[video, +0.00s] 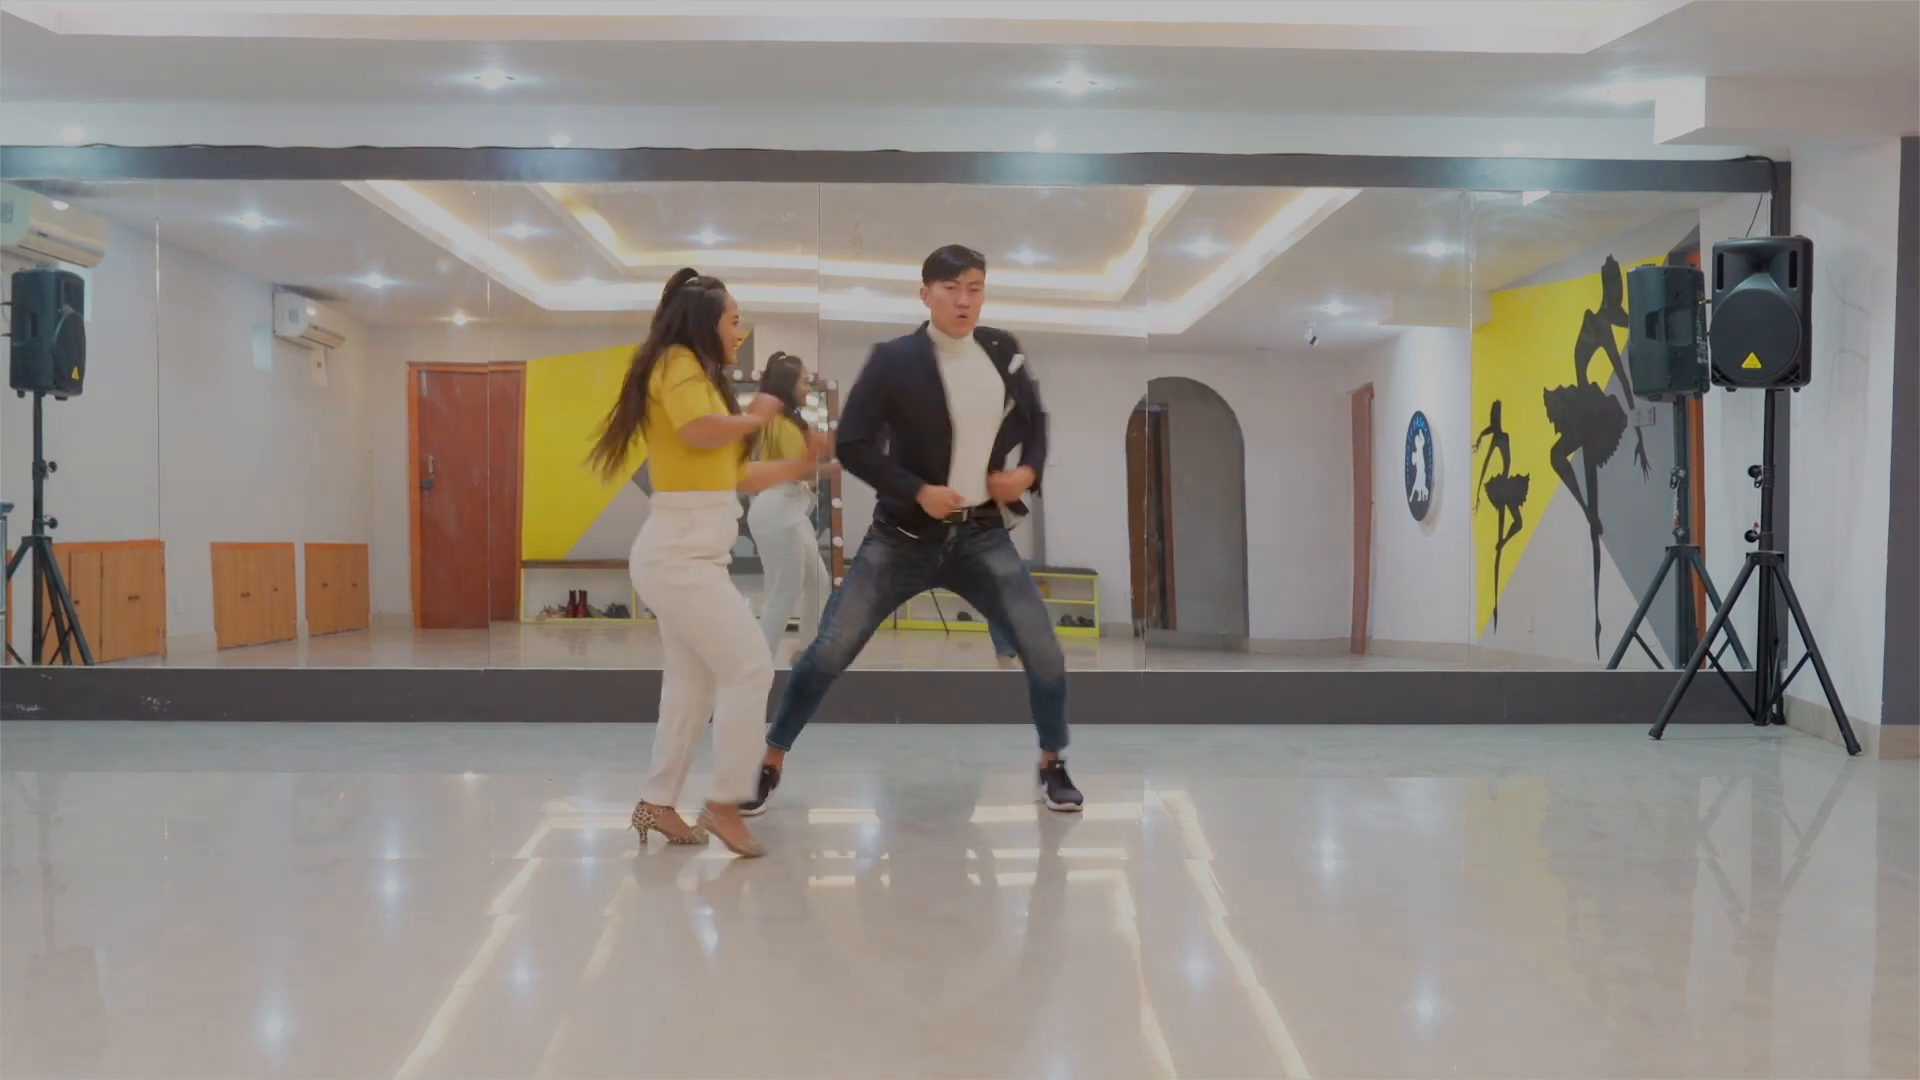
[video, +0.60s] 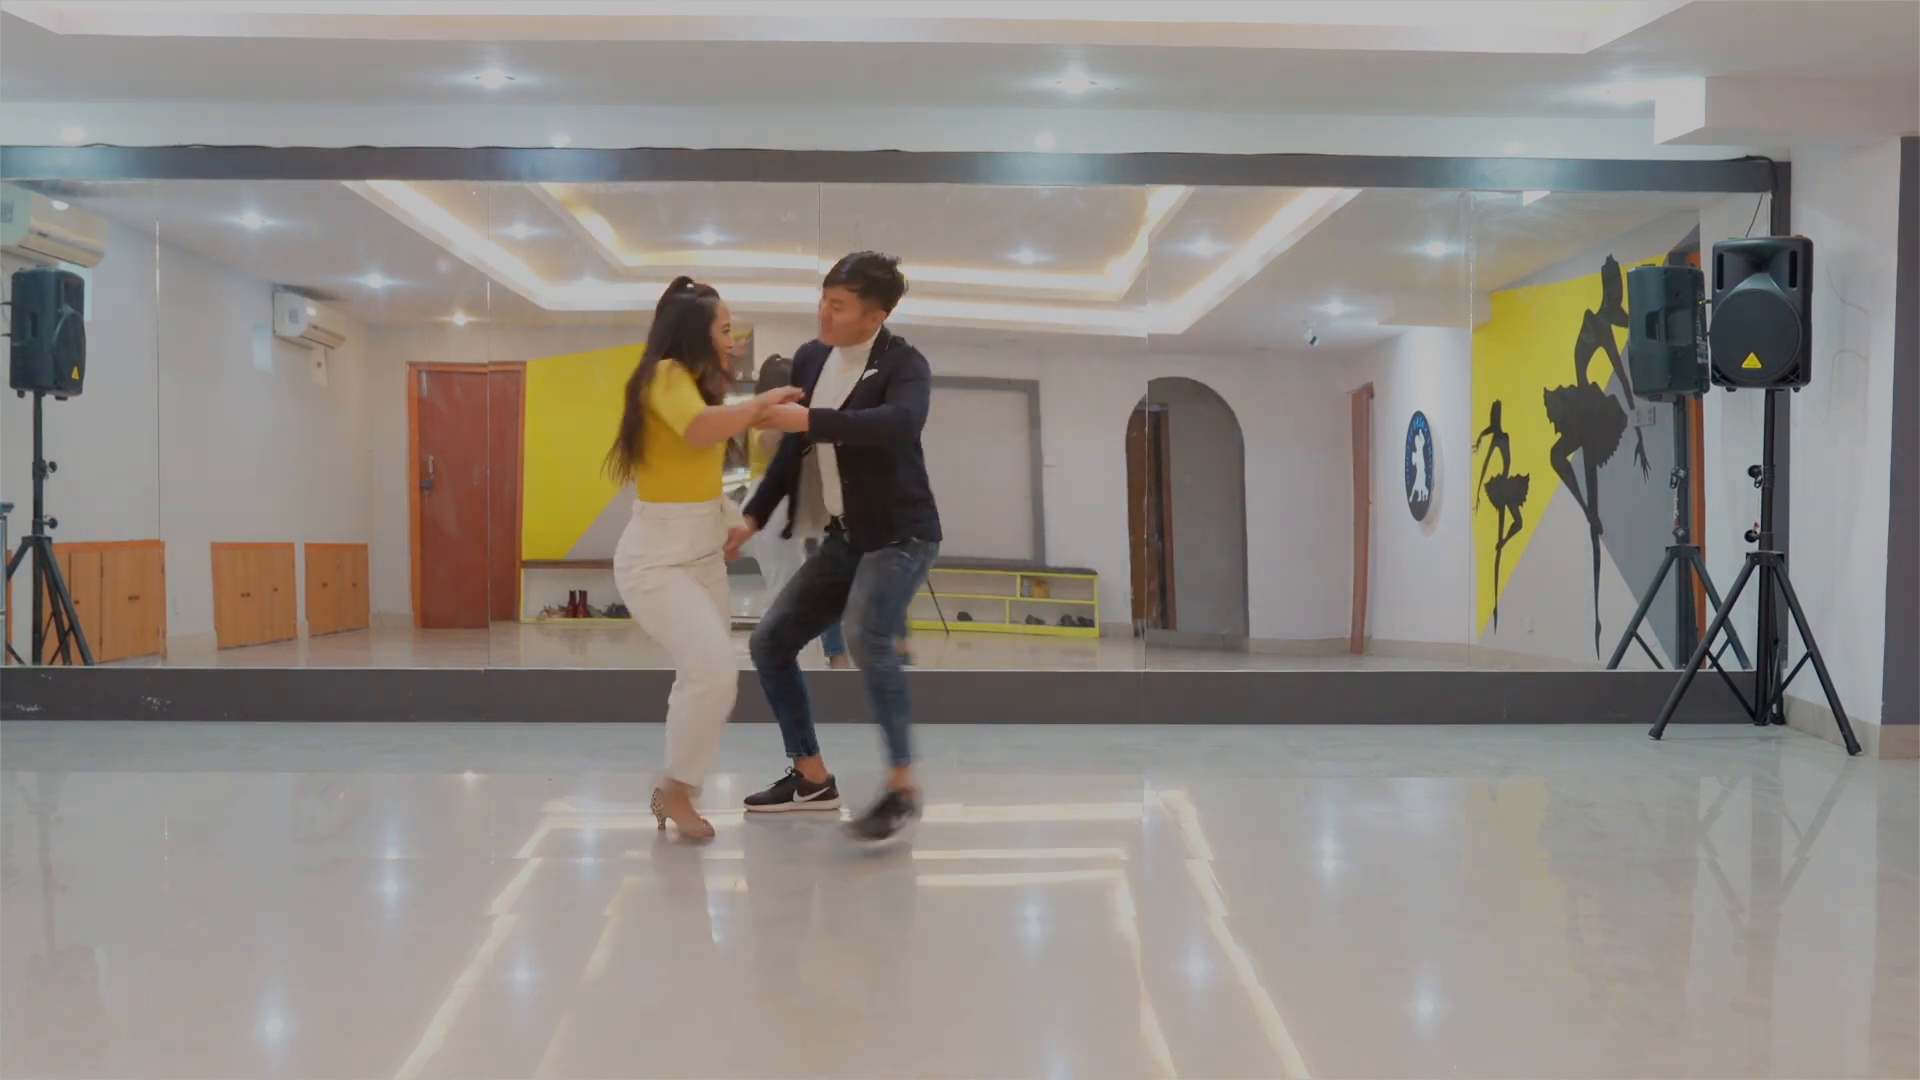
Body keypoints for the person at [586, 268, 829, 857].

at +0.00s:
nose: (740, 331)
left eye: (739, 321)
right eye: (732, 321)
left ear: (703, 323)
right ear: (704, 321)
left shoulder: (699, 379)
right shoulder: (676, 362)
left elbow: (731, 476)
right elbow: (695, 431)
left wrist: (801, 463)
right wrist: (751, 418)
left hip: (690, 553)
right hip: (679, 554)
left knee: (689, 684)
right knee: (749, 663)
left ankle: (658, 803)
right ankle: (725, 804)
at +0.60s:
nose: (732, 337)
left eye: (730, 326)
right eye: (722, 328)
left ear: (705, 332)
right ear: (694, 331)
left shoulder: (703, 388)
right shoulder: (665, 376)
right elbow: (697, 429)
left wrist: (763, 421)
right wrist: (759, 408)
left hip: (705, 556)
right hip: (654, 559)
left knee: (718, 673)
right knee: (708, 666)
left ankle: (679, 788)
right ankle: (676, 788)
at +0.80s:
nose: (659, 325)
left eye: (669, 314)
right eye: (645, 316)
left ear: (687, 322)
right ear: (628, 326)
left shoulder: (688, 383)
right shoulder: (627, 385)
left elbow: (726, 388)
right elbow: (644, 446)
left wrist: (780, 369)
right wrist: (715, 429)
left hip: (674, 554)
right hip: (628, 550)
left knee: (717, 657)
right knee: (614, 677)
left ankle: (683, 781)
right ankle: (555, 789)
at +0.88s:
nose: (650, 334)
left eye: (661, 322)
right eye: (637, 324)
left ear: (680, 330)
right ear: (621, 334)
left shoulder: (689, 391)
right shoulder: (622, 396)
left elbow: (726, 395)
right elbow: (637, 462)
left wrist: (786, 374)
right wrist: (706, 443)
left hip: (669, 559)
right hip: (616, 552)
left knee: (719, 659)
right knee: (576, 674)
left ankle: (716, 786)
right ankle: (543, 792)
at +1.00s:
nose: (654, 345)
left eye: (665, 334)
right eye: (641, 336)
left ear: (682, 340)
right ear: (625, 345)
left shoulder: (689, 396)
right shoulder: (624, 406)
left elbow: (728, 399)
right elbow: (643, 472)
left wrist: (783, 376)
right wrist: (722, 469)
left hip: (671, 570)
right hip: (611, 564)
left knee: (726, 666)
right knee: (570, 684)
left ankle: (680, 787)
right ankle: (539, 796)